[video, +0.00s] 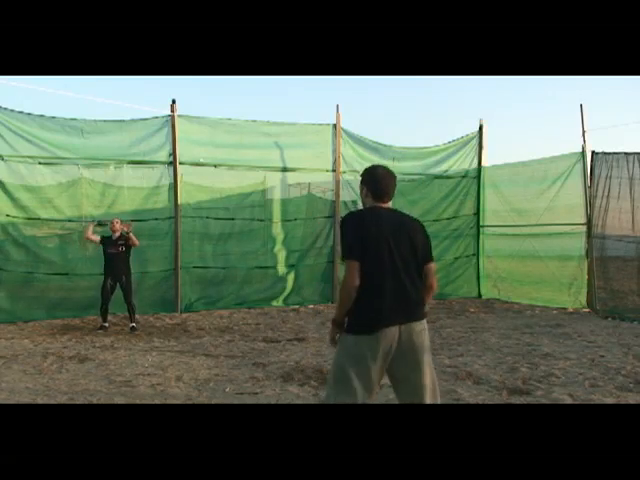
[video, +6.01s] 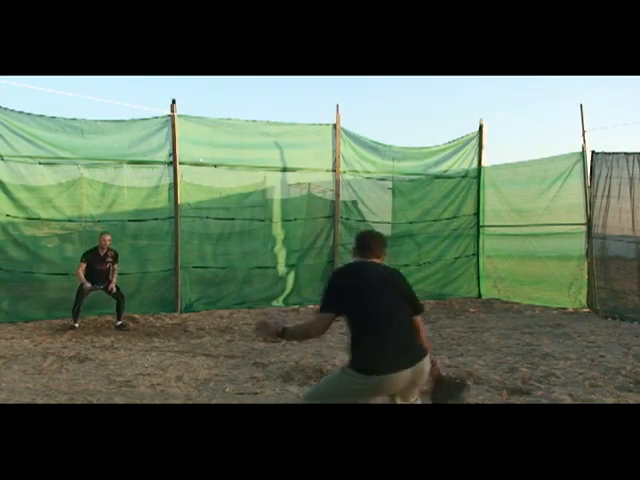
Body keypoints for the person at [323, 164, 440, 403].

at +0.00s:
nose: (360, 191)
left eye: (361, 187)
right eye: (361, 187)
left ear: (364, 190)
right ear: (393, 193)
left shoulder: (354, 221)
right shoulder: (413, 224)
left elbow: (352, 281)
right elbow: (430, 283)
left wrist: (338, 320)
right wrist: (413, 311)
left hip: (368, 330)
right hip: (413, 327)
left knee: (345, 397)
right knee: (422, 398)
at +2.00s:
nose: (280, 288)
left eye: (280, 284)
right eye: (279, 284)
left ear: (289, 288)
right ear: (312, 270)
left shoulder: (309, 333)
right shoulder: (336, 273)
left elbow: (314, 371)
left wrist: (297, 380)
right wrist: (289, 302)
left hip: (340, 393)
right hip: (369, 378)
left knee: (267, 400)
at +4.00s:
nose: (264, 216)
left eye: (266, 210)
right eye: (266, 209)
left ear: (270, 215)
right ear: (294, 210)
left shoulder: (277, 247)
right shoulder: (319, 234)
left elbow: (292, 310)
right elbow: (335, 289)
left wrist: (268, 355)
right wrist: (301, 328)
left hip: (329, 349)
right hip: (370, 334)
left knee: (275, 399)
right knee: (389, 399)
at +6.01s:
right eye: (381, 253)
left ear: (355, 252)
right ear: (383, 254)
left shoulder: (343, 276)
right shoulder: (395, 276)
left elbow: (318, 328)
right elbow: (418, 328)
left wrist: (280, 332)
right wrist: (430, 362)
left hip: (373, 373)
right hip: (417, 366)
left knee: (312, 398)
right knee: (406, 398)